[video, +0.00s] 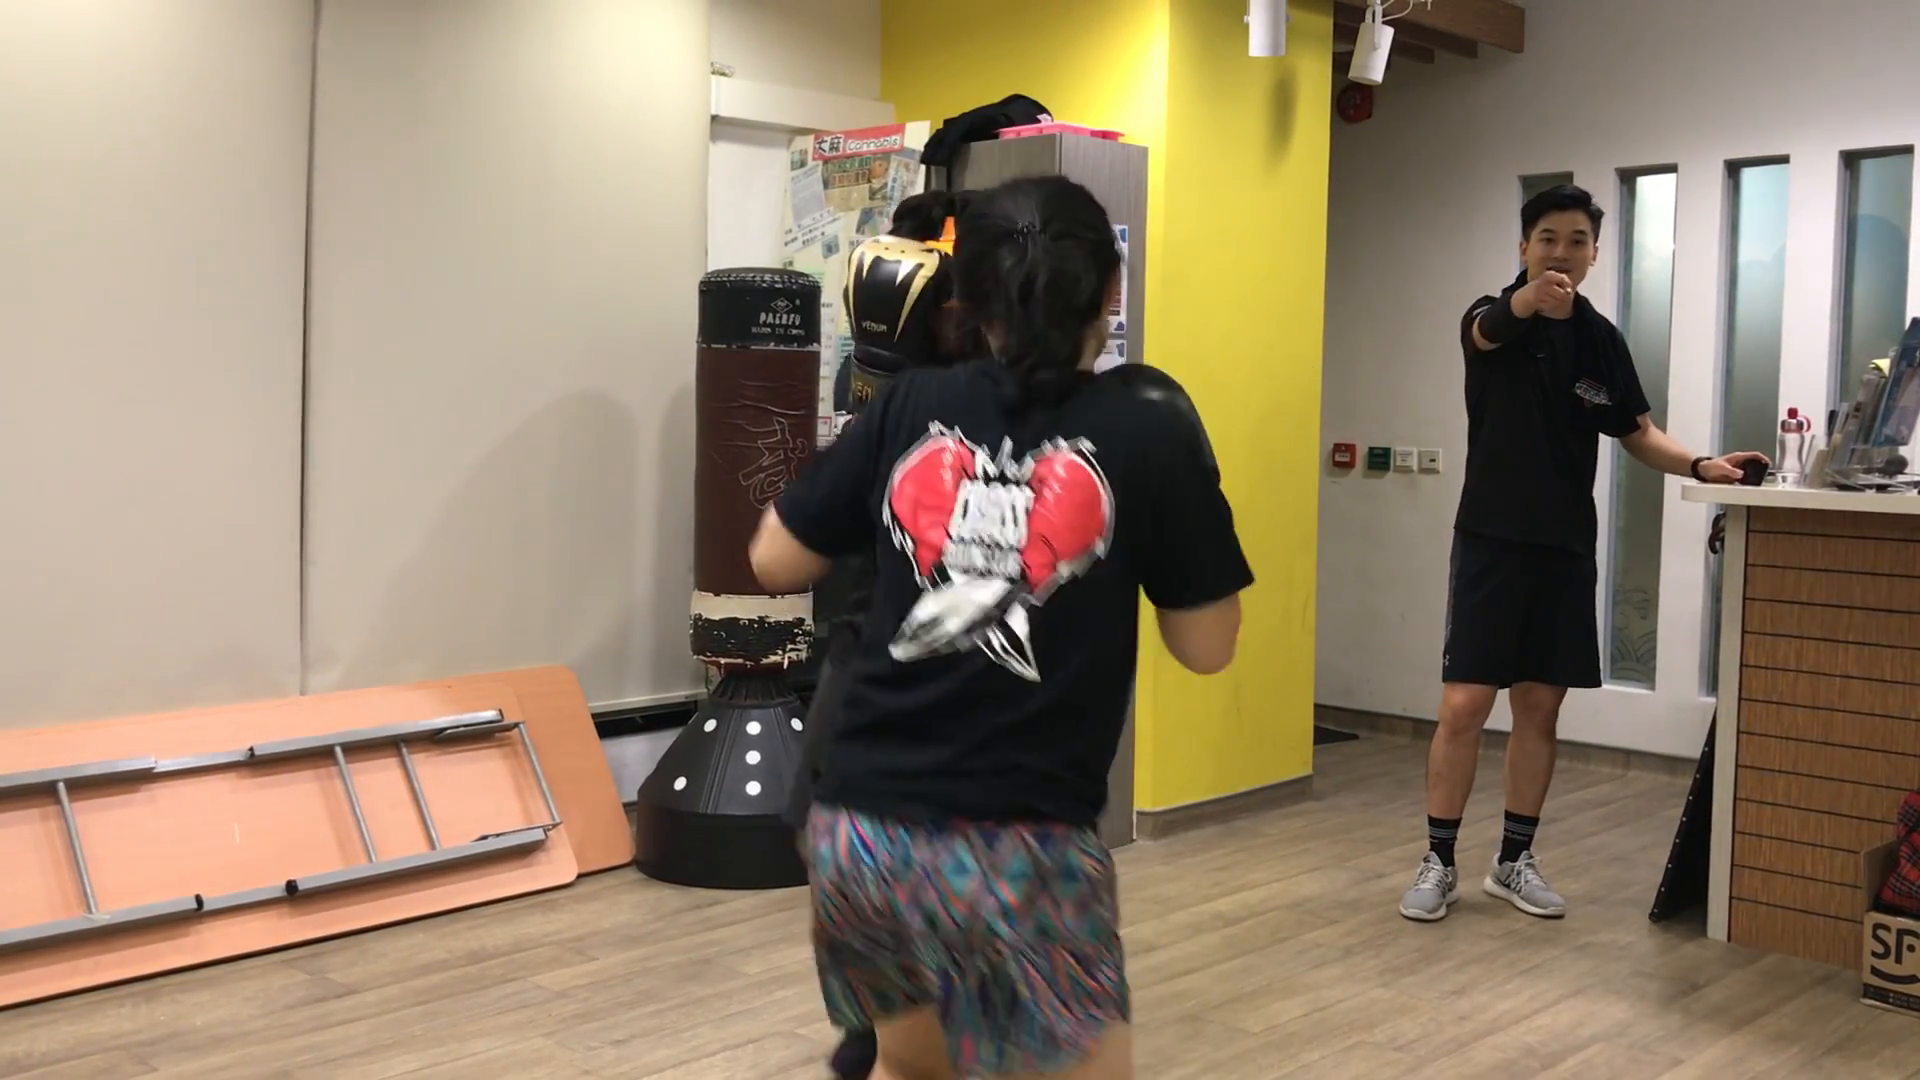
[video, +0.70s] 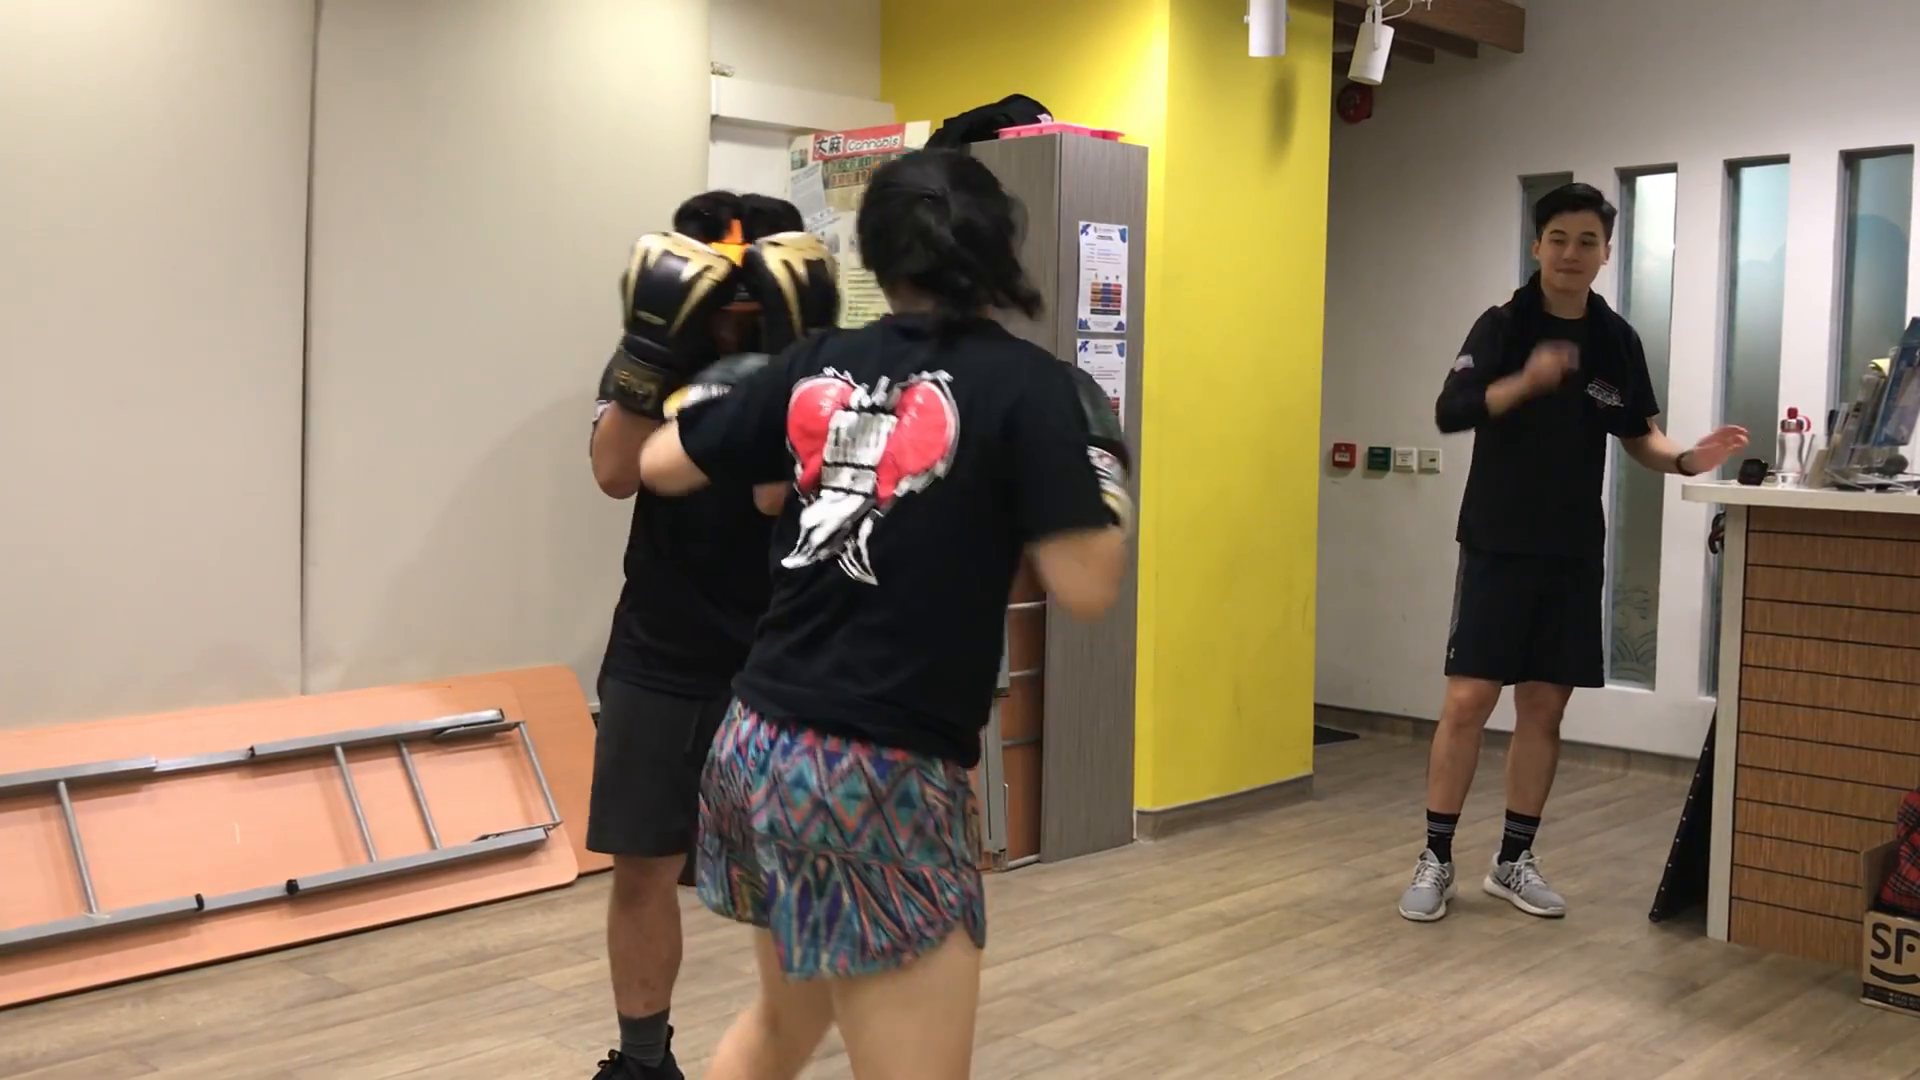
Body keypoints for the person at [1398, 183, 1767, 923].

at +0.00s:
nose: (1564, 255)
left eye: (1578, 242)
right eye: (1551, 239)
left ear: (1597, 253)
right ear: (1525, 247)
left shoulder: (1600, 337)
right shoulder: (1489, 319)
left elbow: (1639, 433)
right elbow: (1487, 330)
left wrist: (1701, 464)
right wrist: (1529, 302)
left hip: (1564, 547)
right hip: (1489, 539)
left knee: (1539, 708)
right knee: (1462, 708)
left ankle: (1514, 861)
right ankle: (1437, 863)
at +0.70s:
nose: (1571, 254)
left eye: (1587, 243)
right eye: (1558, 240)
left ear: (1605, 253)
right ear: (1536, 245)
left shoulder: (1617, 340)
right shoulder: (1502, 325)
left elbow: (1641, 437)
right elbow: (1449, 412)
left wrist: (1684, 457)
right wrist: (1526, 381)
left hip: (1573, 545)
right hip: (1496, 539)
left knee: (1543, 706)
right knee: (1468, 700)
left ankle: (1515, 861)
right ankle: (1435, 861)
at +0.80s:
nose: (1577, 256)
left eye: (1593, 244)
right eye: (1565, 241)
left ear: (1613, 254)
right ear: (1543, 247)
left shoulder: (1626, 343)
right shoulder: (1502, 335)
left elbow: (1646, 439)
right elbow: (1451, 431)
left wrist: (1665, 453)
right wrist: (1505, 457)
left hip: (1577, 548)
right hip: (1499, 542)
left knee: (1545, 705)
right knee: (1468, 699)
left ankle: (1515, 861)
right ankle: (1434, 859)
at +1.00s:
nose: (1573, 257)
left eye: (1590, 245)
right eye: (1561, 242)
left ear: (1612, 255)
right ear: (1544, 248)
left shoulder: (1637, 345)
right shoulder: (1504, 337)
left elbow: (1670, 430)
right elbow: (1459, 429)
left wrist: (1662, 450)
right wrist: (1481, 498)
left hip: (1586, 548)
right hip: (1506, 538)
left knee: (1551, 706)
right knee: (1475, 701)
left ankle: (1517, 858)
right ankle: (1481, 818)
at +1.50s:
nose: (1570, 270)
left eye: (1586, 258)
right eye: (1560, 257)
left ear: (1614, 263)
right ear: (1547, 261)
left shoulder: (1646, 344)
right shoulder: (1525, 341)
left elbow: (1690, 437)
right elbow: (1485, 424)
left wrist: (1642, 467)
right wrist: (1483, 481)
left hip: (1608, 538)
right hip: (1538, 534)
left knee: (1583, 689)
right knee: (1548, 689)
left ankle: (1601, 845)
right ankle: (1573, 834)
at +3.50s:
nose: (1670, 270)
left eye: (1689, 259)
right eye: (1663, 256)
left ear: (1723, 264)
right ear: (1652, 256)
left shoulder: (1747, 350)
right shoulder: (1628, 328)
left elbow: (1745, 457)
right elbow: (1564, 389)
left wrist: (1649, 469)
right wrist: (1585, 467)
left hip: (1699, 546)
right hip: (1624, 538)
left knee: (1674, 706)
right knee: (1583, 696)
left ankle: (1653, 854)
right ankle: (1594, 844)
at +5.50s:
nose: (1661, 274)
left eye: (1679, 261)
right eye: (1653, 259)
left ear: (1716, 263)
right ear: (1643, 259)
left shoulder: (1742, 350)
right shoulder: (1620, 331)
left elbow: (1745, 458)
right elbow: (1560, 390)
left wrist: (1649, 469)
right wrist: (1577, 466)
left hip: (1692, 546)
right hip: (1617, 538)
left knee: (1670, 707)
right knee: (1577, 695)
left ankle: (1652, 853)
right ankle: (1593, 843)